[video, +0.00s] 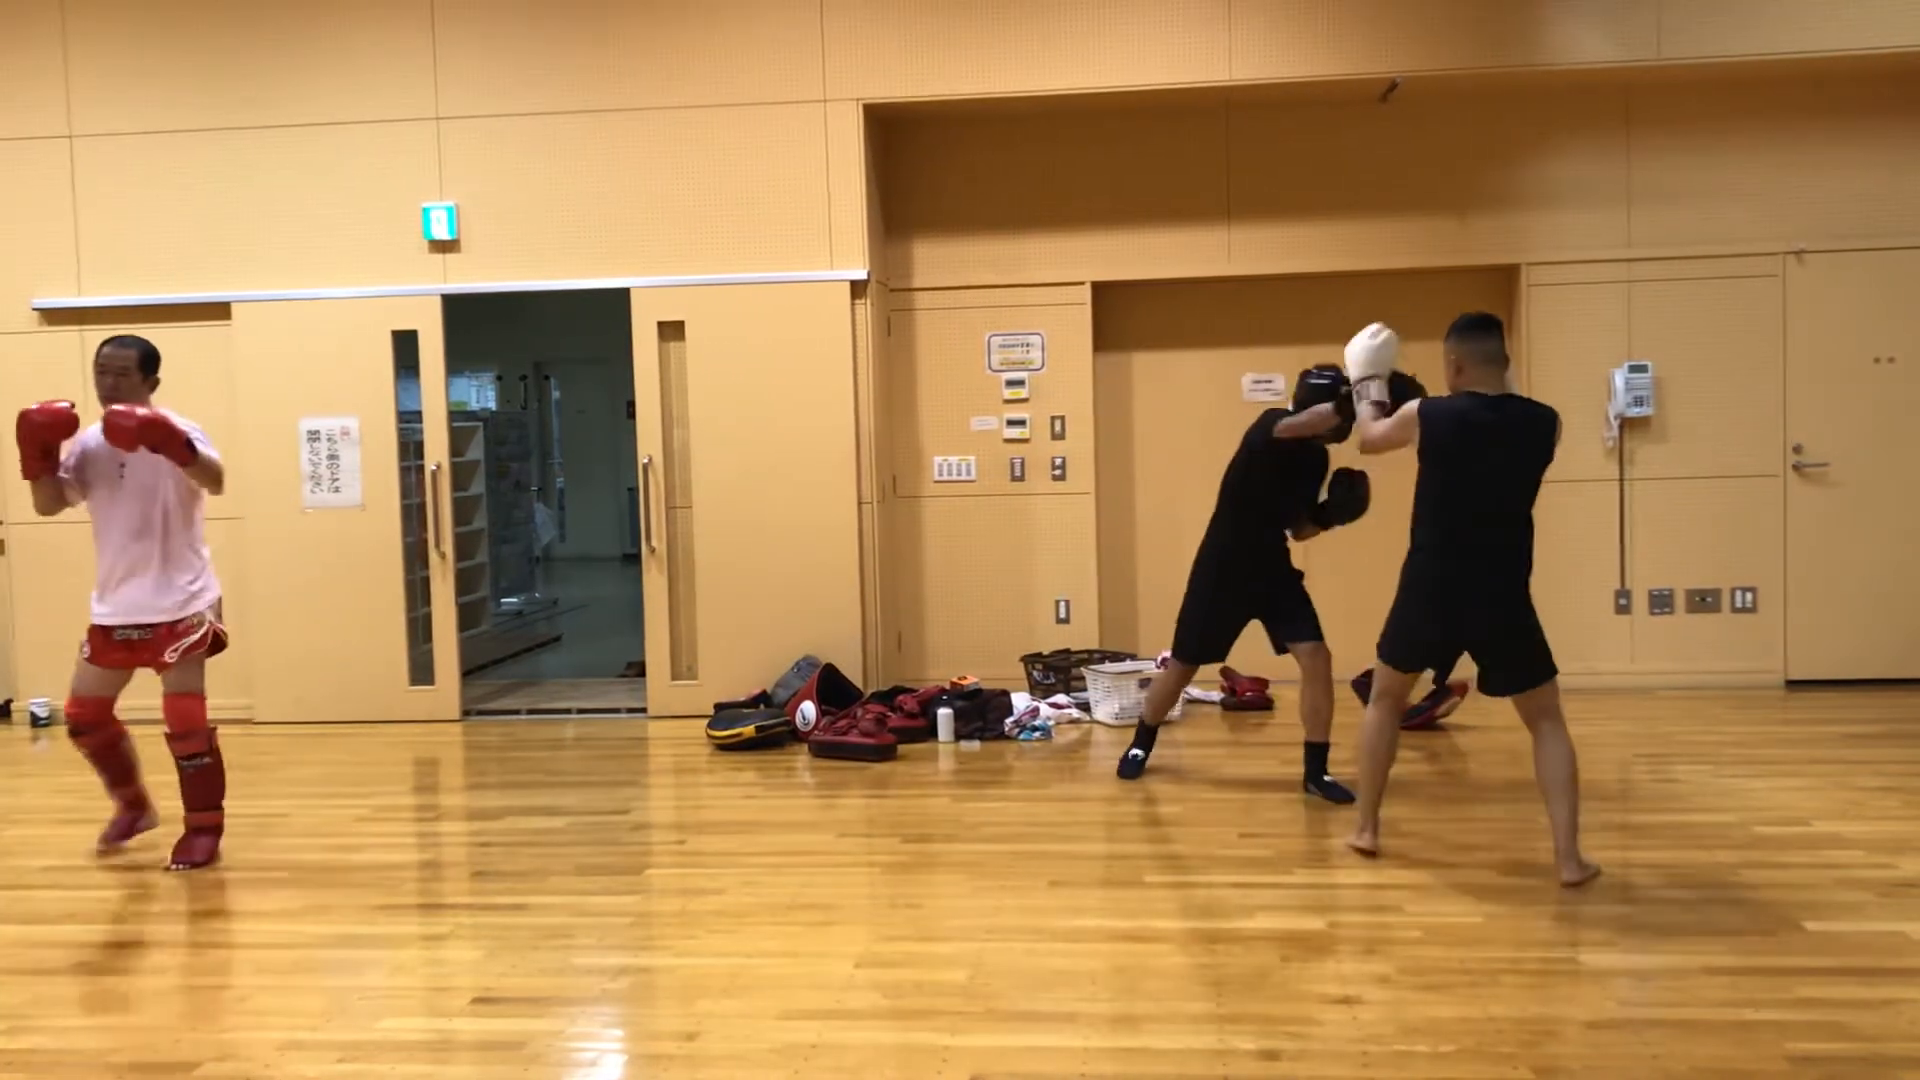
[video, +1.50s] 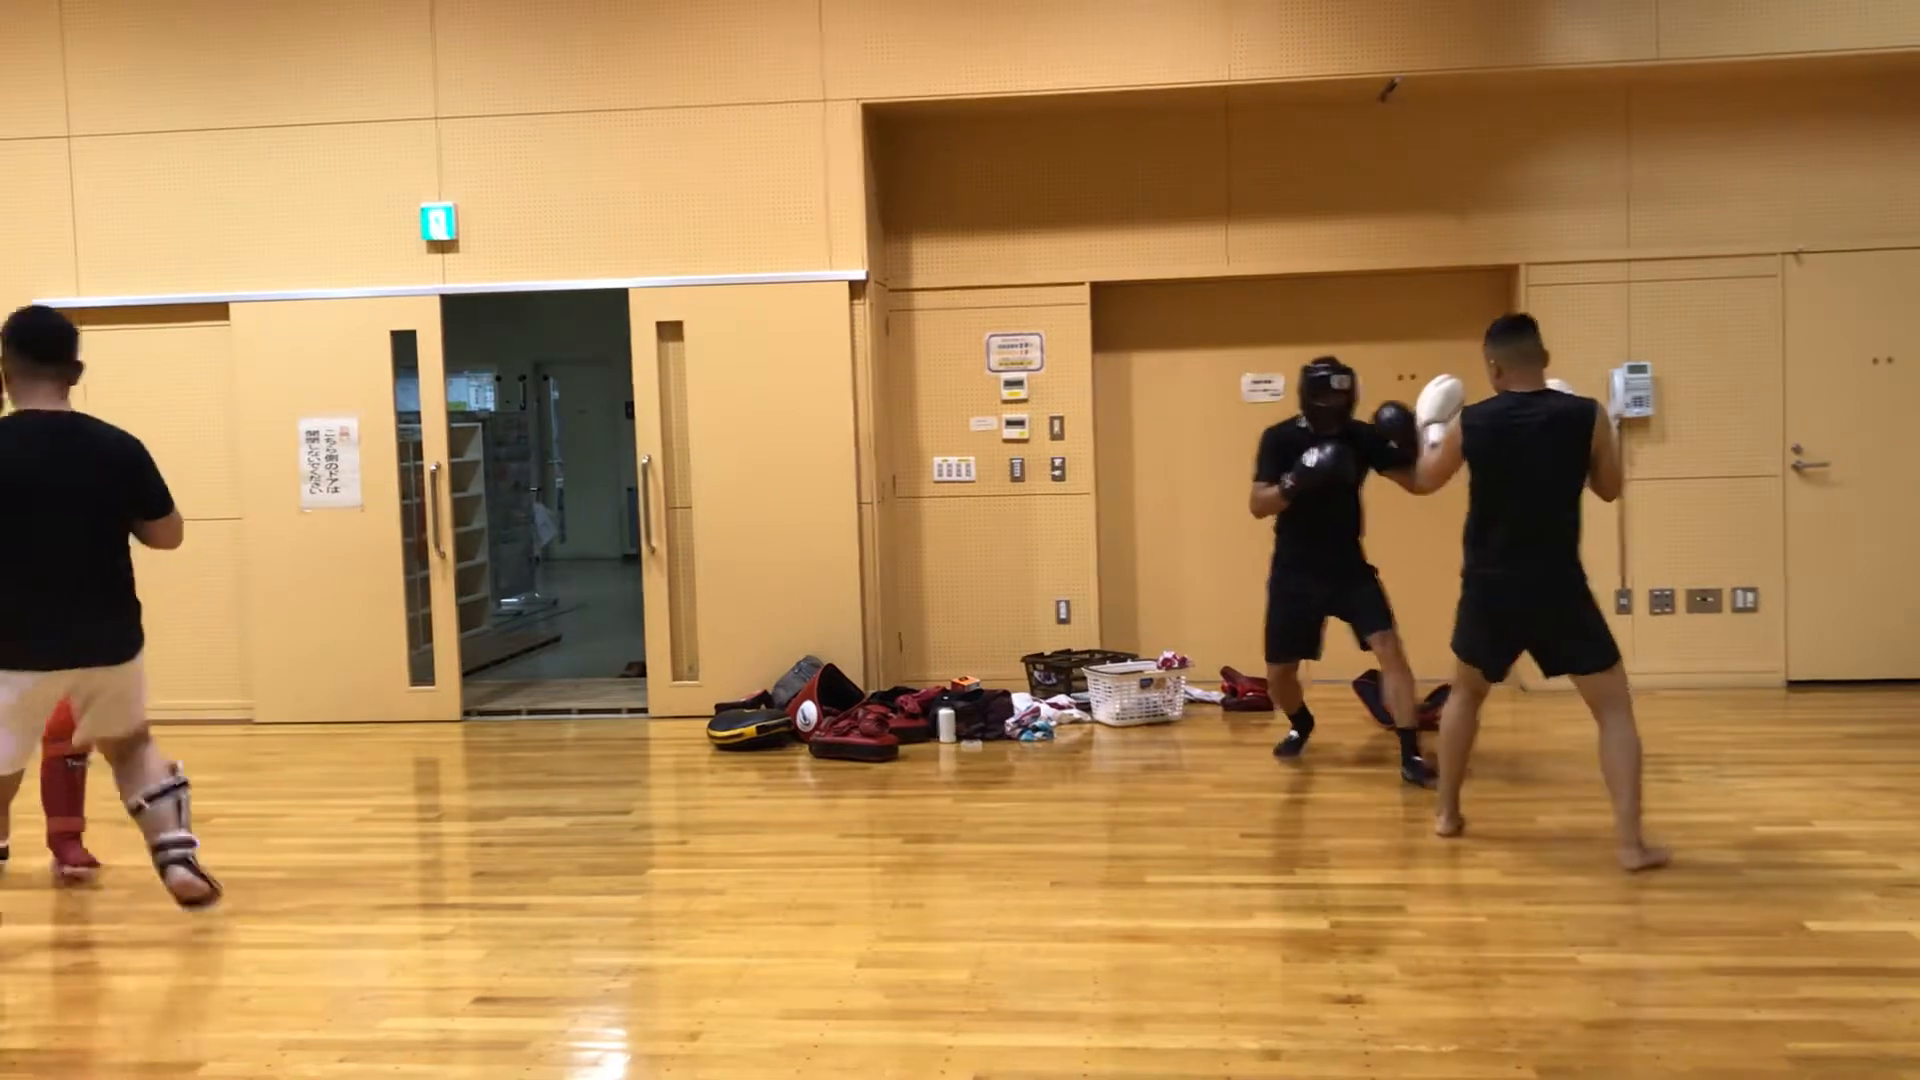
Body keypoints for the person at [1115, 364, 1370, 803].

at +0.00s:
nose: (1335, 419)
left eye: (1338, 412)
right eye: (1332, 410)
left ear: (1334, 417)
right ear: (1317, 405)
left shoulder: (1315, 458)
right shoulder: (1273, 423)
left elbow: (1301, 529)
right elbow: (1292, 428)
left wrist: (1336, 510)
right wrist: (1355, 401)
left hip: (1271, 565)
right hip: (1223, 562)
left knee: (1315, 657)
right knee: (1182, 665)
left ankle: (1316, 773)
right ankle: (1141, 745)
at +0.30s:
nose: (1339, 393)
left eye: (1349, 386)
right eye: (1334, 382)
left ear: (1362, 391)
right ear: (1321, 379)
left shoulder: (1356, 431)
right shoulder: (1289, 411)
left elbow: (1397, 444)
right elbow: (1228, 452)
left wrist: (1400, 399)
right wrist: (1265, 421)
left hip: (1299, 561)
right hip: (1243, 553)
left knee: (1322, 658)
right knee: (1197, 647)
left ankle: (1316, 773)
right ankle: (1165, 741)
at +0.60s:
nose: (1311, 390)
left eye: (1319, 380)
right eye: (1301, 380)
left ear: (1331, 378)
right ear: (1282, 378)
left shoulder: (1346, 424)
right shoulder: (1262, 418)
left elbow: (1366, 499)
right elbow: (1249, 485)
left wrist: (1344, 458)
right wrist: (1285, 450)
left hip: (1328, 551)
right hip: (1277, 551)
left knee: (1341, 654)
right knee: (1256, 656)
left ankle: (1327, 768)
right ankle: (1270, 745)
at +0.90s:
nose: (1333, 385)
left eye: (1340, 376)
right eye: (1323, 375)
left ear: (1348, 375)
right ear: (1301, 374)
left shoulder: (1359, 417)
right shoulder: (1280, 417)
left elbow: (1392, 480)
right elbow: (1262, 485)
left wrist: (1391, 422)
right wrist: (1279, 439)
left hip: (1349, 551)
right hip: (1295, 552)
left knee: (1380, 650)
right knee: (1263, 652)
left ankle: (1413, 761)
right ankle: (1270, 746)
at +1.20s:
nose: (1375, 406)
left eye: (1383, 398)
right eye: (1366, 397)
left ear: (1392, 398)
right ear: (1344, 393)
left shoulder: (1391, 431)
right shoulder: (1310, 429)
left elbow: (1436, 465)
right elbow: (1282, 497)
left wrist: (1425, 415)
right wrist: (1317, 476)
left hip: (1368, 562)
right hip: (1311, 563)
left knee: (1403, 647)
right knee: (1274, 664)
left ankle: (1411, 759)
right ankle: (1287, 724)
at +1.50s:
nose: (1339, 408)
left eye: (1345, 399)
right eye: (1329, 399)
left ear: (1352, 398)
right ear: (1307, 398)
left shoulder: (1361, 437)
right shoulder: (1280, 439)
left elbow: (1413, 479)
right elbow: (1258, 505)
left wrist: (1407, 439)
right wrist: (1296, 479)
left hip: (1347, 564)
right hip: (1294, 568)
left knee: (1388, 645)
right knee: (1279, 672)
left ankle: (1411, 755)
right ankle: (1301, 724)